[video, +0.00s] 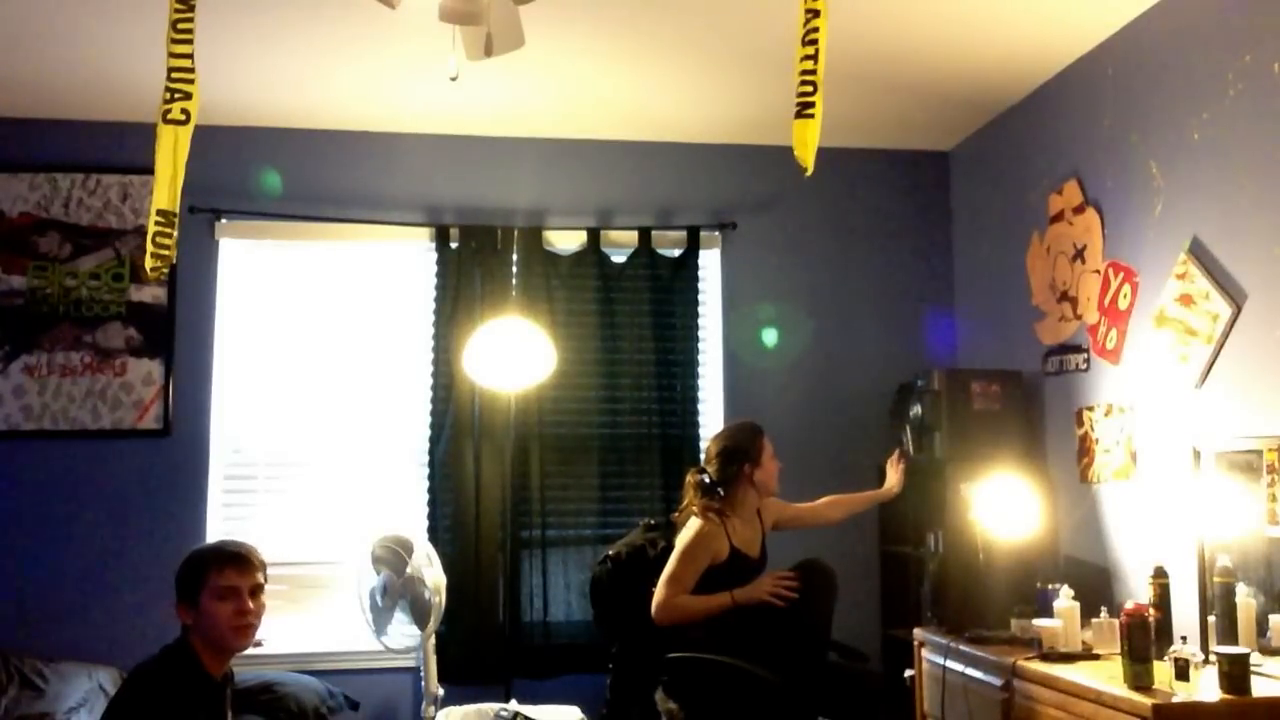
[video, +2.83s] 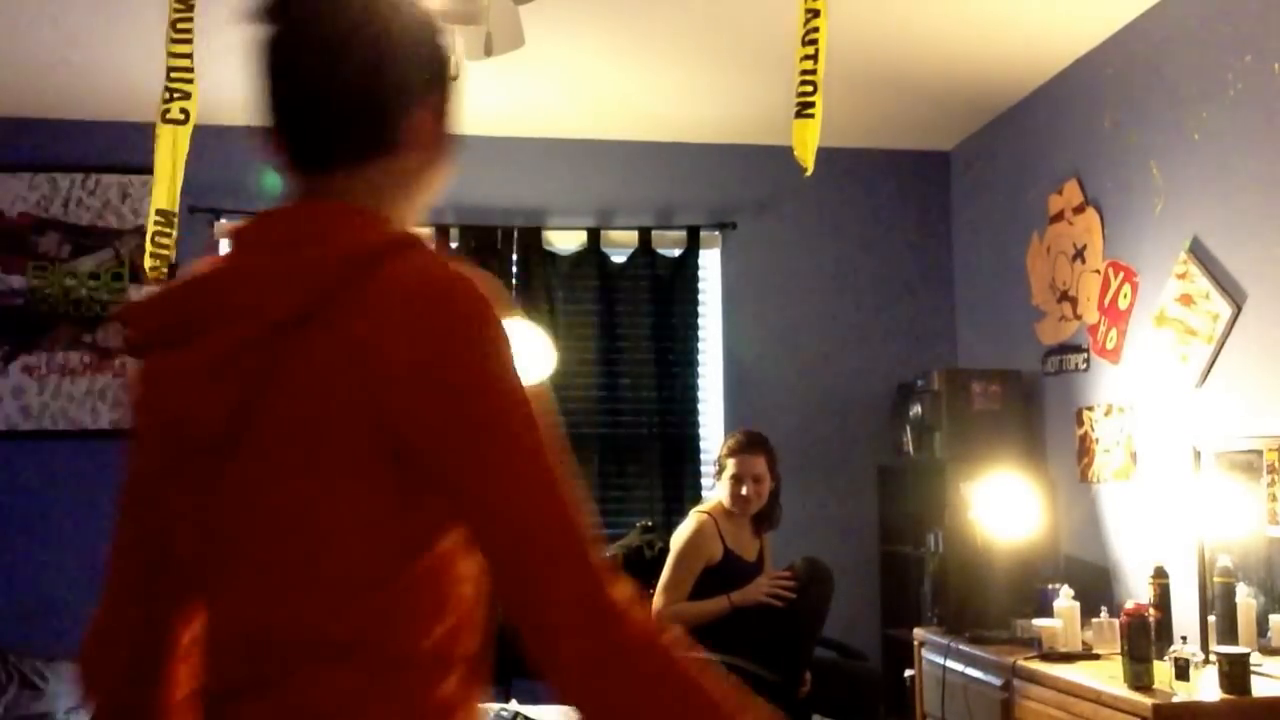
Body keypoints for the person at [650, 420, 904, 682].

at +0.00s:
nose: (779, 465)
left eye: (775, 457)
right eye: (772, 458)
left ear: (749, 472)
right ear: (749, 471)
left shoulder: (762, 511)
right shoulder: (704, 529)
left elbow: (823, 510)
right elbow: (663, 609)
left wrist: (885, 492)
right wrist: (742, 595)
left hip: (734, 637)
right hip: (695, 652)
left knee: (815, 575)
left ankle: (806, 687)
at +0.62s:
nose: (779, 464)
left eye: (774, 456)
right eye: (769, 458)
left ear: (738, 474)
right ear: (735, 474)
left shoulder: (758, 511)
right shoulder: (704, 528)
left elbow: (809, 537)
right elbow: (664, 610)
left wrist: (867, 502)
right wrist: (744, 595)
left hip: (731, 636)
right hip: (694, 651)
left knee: (816, 575)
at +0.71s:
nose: (770, 467)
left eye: (770, 458)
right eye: (757, 460)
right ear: (726, 473)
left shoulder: (756, 512)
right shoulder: (704, 526)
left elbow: (794, 558)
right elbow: (664, 610)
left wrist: (843, 524)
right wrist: (743, 595)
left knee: (817, 576)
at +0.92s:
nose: (749, 470)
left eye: (758, 462)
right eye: (738, 462)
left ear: (770, 472)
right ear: (716, 473)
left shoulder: (758, 516)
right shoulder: (702, 525)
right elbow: (660, 609)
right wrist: (741, 595)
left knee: (815, 575)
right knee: (812, 577)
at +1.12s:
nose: (747, 474)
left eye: (757, 466)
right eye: (736, 465)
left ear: (770, 477)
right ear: (717, 475)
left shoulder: (755, 529)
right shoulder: (700, 525)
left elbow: (766, 605)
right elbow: (659, 612)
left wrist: (795, 664)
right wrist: (738, 596)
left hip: (742, 648)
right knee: (811, 574)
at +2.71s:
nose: (745, 491)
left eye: (756, 480)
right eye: (735, 480)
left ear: (772, 484)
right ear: (719, 479)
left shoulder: (757, 528)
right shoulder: (700, 528)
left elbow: (768, 603)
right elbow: (662, 616)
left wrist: (797, 665)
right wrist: (740, 597)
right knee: (812, 576)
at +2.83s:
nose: (746, 491)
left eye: (757, 480)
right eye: (736, 480)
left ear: (772, 484)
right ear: (719, 479)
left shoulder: (757, 526)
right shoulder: (700, 528)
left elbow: (768, 601)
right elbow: (662, 614)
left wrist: (796, 665)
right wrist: (739, 597)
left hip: (748, 640)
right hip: (707, 648)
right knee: (812, 575)